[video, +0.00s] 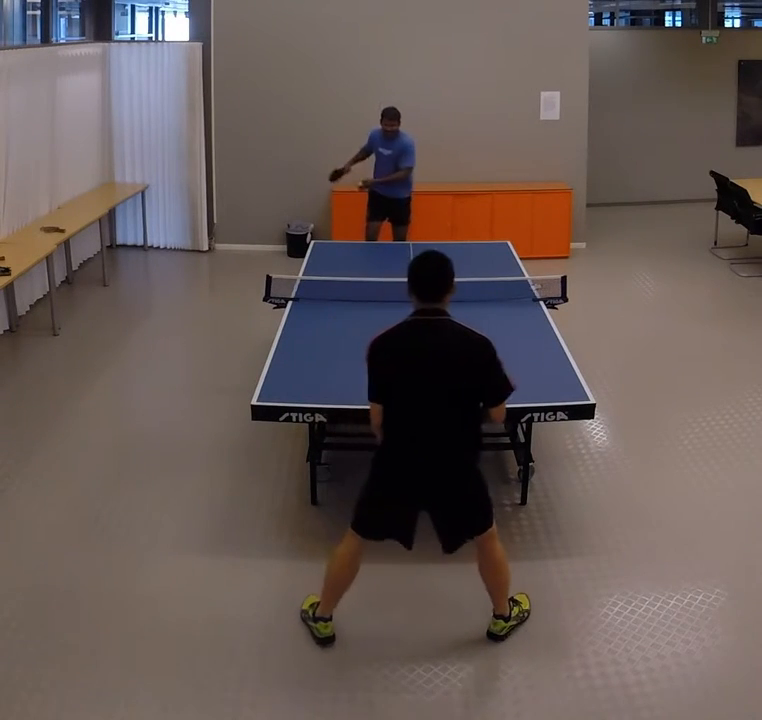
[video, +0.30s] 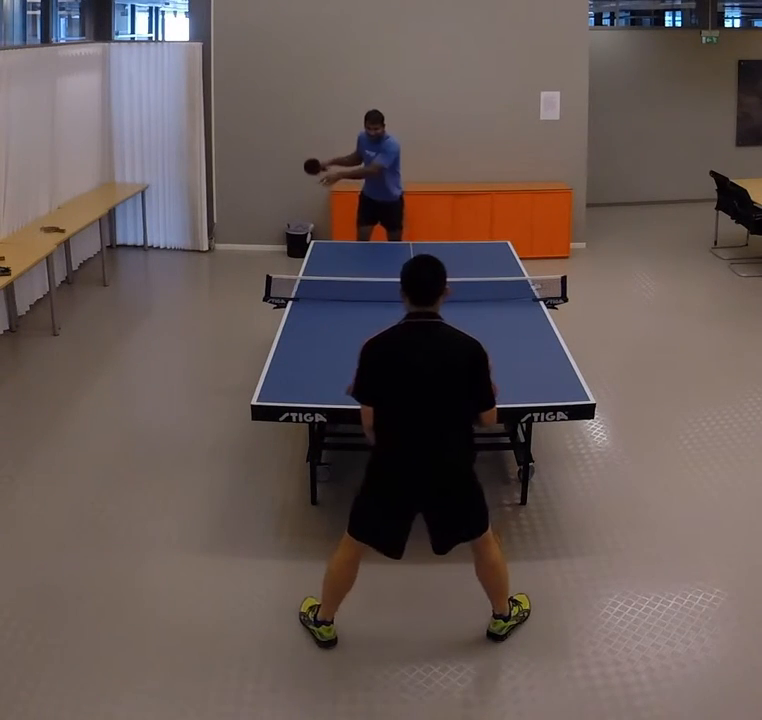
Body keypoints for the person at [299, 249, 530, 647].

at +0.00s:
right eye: (448, 282)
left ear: (409, 289)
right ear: (452, 288)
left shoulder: (384, 345)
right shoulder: (475, 346)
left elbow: (377, 418)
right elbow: (497, 413)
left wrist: (394, 446)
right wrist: (465, 392)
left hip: (396, 466)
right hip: (455, 466)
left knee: (356, 538)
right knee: (486, 536)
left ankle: (322, 617)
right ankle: (502, 615)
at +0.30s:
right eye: (442, 285)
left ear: (402, 292)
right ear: (444, 292)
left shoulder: (377, 348)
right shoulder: (468, 349)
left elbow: (369, 422)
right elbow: (488, 417)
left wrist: (387, 450)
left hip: (392, 469)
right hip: (451, 469)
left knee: (352, 545)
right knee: (483, 539)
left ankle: (324, 621)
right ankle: (502, 615)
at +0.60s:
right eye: (442, 285)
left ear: (402, 292)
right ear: (445, 291)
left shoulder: (376, 347)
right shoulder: (468, 348)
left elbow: (367, 421)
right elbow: (489, 414)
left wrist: (386, 448)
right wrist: (488, 389)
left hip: (389, 468)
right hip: (447, 468)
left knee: (351, 543)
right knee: (480, 541)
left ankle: (323, 620)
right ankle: (502, 615)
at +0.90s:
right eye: (484, 282)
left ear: (442, 288)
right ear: (485, 288)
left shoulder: (416, 341)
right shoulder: (507, 343)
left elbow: (392, 409)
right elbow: (527, 409)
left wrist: (404, 446)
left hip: (421, 462)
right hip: (478, 464)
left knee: (376, 543)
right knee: (501, 532)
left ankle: (331, 612)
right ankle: (503, 613)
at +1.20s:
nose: (498, 277)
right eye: (497, 272)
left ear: (454, 278)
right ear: (497, 277)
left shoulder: (428, 330)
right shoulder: (521, 330)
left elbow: (412, 400)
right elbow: (535, 396)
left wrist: (419, 441)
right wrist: (509, 424)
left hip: (443, 453)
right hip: (501, 454)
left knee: (406, 533)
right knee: (505, 534)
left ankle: (375, 617)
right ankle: (504, 614)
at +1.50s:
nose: (425, 290)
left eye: (424, 284)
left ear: (424, 290)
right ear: (466, 290)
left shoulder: (403, 349)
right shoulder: (485, 344)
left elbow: (392, 423)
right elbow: (454, 381)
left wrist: (388, 455)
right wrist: (393, 364)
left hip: (413, 465)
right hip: (465, 463)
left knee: (361, 549)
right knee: (488, 535)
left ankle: (317, 627)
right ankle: (503, 612)